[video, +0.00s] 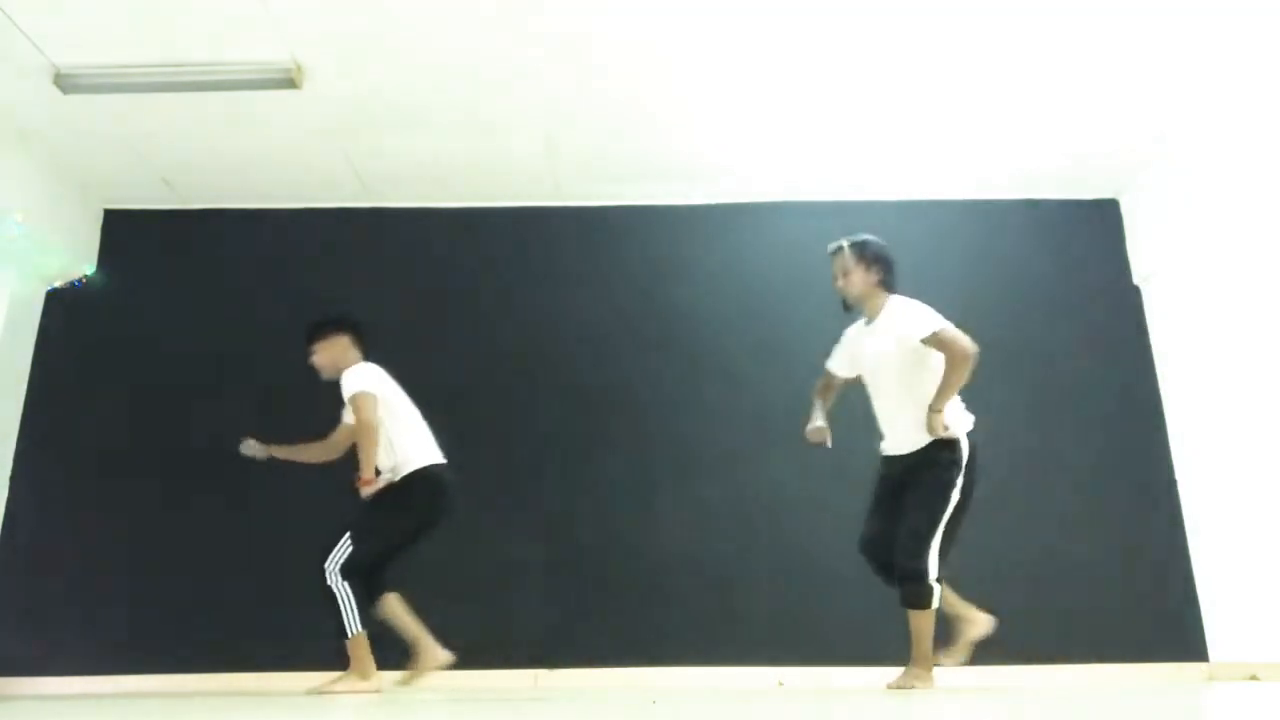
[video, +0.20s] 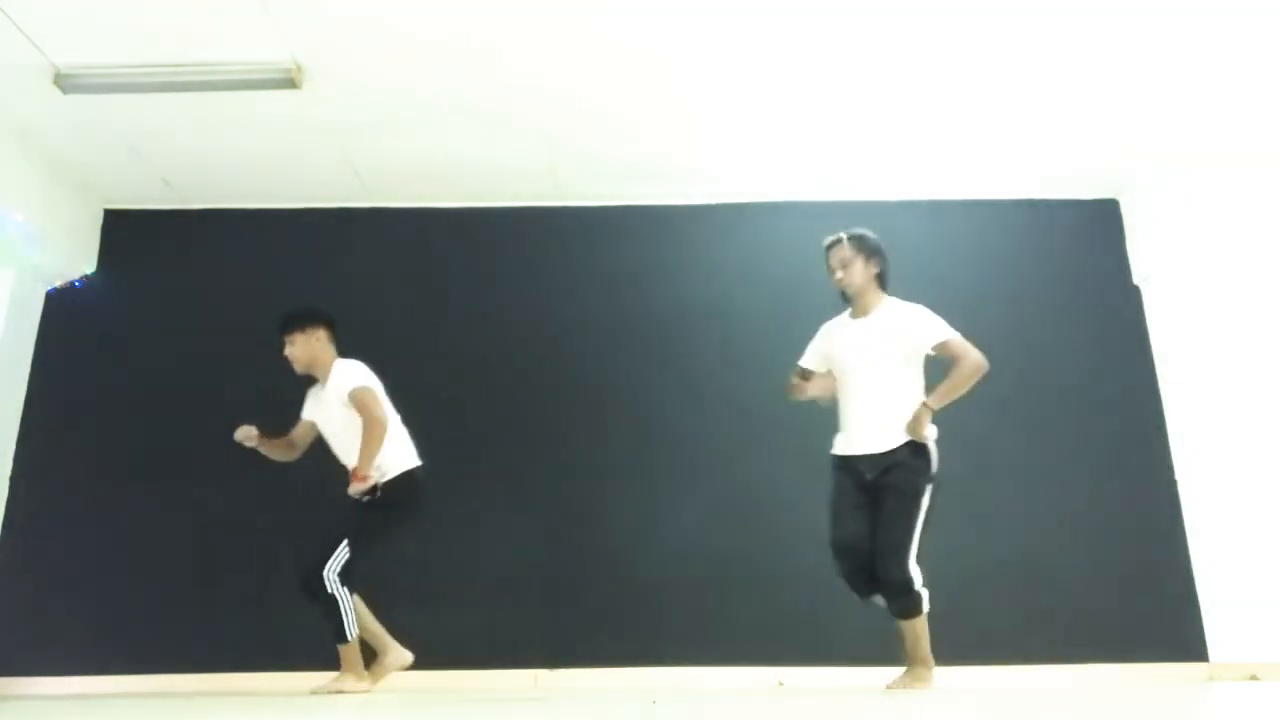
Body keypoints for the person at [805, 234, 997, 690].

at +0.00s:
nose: (839, 283)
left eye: (845, 272)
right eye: (836, 274)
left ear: (874, 271)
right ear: (856, 279)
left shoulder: (907, 313)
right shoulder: (855, 337)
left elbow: (963, 351)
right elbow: (827, 385)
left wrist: (937, 407)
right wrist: (817, 417)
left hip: (942, 451)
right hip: (897, 457)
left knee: (914, 556)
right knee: (879, 549)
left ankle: (921, 670)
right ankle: (970, 617)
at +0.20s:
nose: (837, 276)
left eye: (844, 265)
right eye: (833, 270)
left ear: (872, 264)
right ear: (832, 277)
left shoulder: (911, 317)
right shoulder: (832, 332)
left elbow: (974, 362)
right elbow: (798, 389)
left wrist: (929, 405)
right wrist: (841, 384)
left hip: (905, 454)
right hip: (851, 460)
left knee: (894, 565)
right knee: (851, 561)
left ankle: (920, 667)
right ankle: (909, 604)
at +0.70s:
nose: (726, 253)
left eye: (737, 245)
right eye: (723, 248)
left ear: (766, 254)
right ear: (719, 259)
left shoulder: (798, 317)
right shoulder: (706, 311)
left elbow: (863, 357)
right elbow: (640, 282)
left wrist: (821, 398)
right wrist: (605, 227)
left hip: (794, 459)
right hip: (727, 461)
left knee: (852, 559)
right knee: (672, 555)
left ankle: (906, 653)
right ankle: (618, 665)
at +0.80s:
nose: (674, 260)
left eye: (684, 250)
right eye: (670, 254)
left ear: (715, 258)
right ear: (669, 267)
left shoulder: (754, 316)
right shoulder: (661, 323)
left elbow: (830, 352)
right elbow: (593, 308)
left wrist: (797, 407)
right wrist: (538, 265)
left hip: (771, 465)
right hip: (703, 469)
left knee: (843, 562)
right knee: (637, 542)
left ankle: (892, 655)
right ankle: (611, 667)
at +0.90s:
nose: (634, 282)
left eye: (643, 270)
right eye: (629, 275)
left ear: (675, 269)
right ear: (631, 285)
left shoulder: (723, 325)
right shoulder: (630, 347)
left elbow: (803, 360)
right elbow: (557, 348)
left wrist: (778, 422)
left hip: (755, 472)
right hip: (686, 478)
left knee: (836, 562)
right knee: (620, 531)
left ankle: (869, 654)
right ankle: (610, 667)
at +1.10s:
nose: (618, 328)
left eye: (626, 315)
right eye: (613, 320)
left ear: (660, 313)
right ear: (612, 327)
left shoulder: (715, 359)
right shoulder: (622, 387)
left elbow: (796, 391)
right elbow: (562, 431)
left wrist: (771, 455)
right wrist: (502, 442)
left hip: (747, 488)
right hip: (678, 493)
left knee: (840, 575)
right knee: (613, 534)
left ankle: (860, 665)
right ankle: (609, 667)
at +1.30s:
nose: (677, 342)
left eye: (687, 330)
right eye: (669, 335)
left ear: (718, 329)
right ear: (664, 343)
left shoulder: (759, 377)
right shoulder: (669, 399)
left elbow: (834, 416)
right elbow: (623, 457)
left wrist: (797, 472)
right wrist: (589, 487)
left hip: (771, 498)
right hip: (702, 500)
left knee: (857, 573)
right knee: (643, 539)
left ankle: (861, 669)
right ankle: (610, 668)